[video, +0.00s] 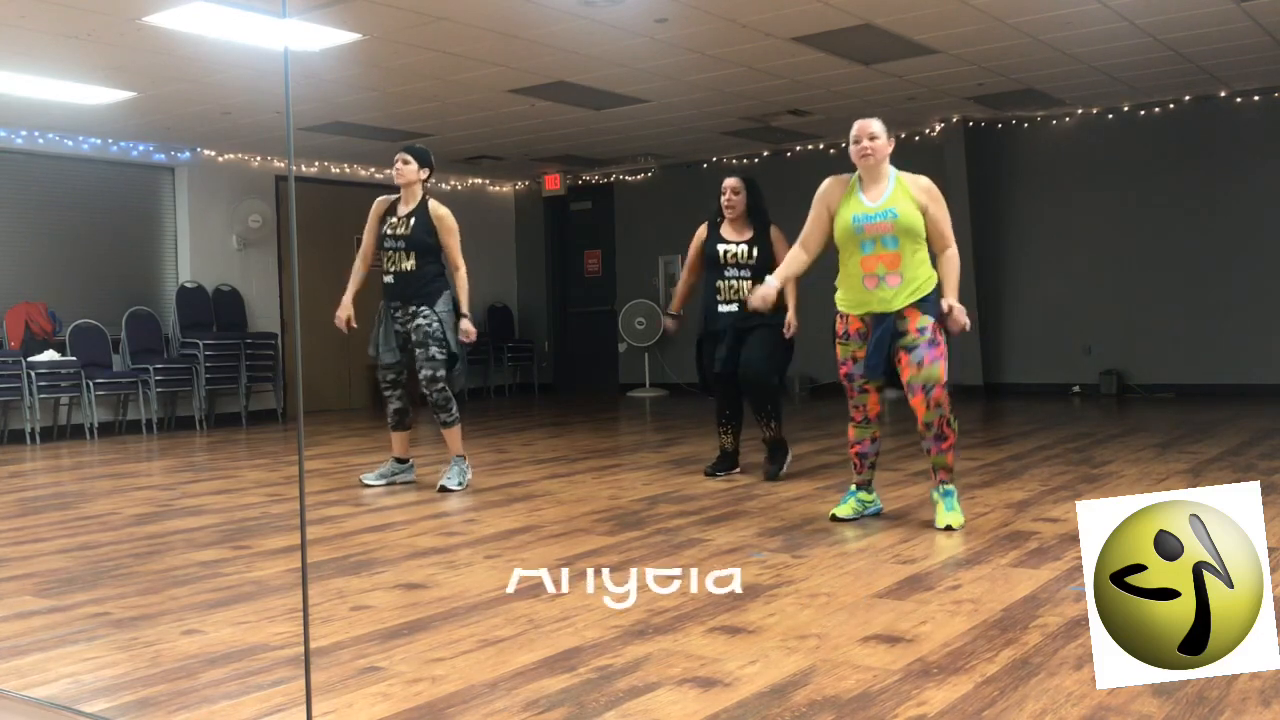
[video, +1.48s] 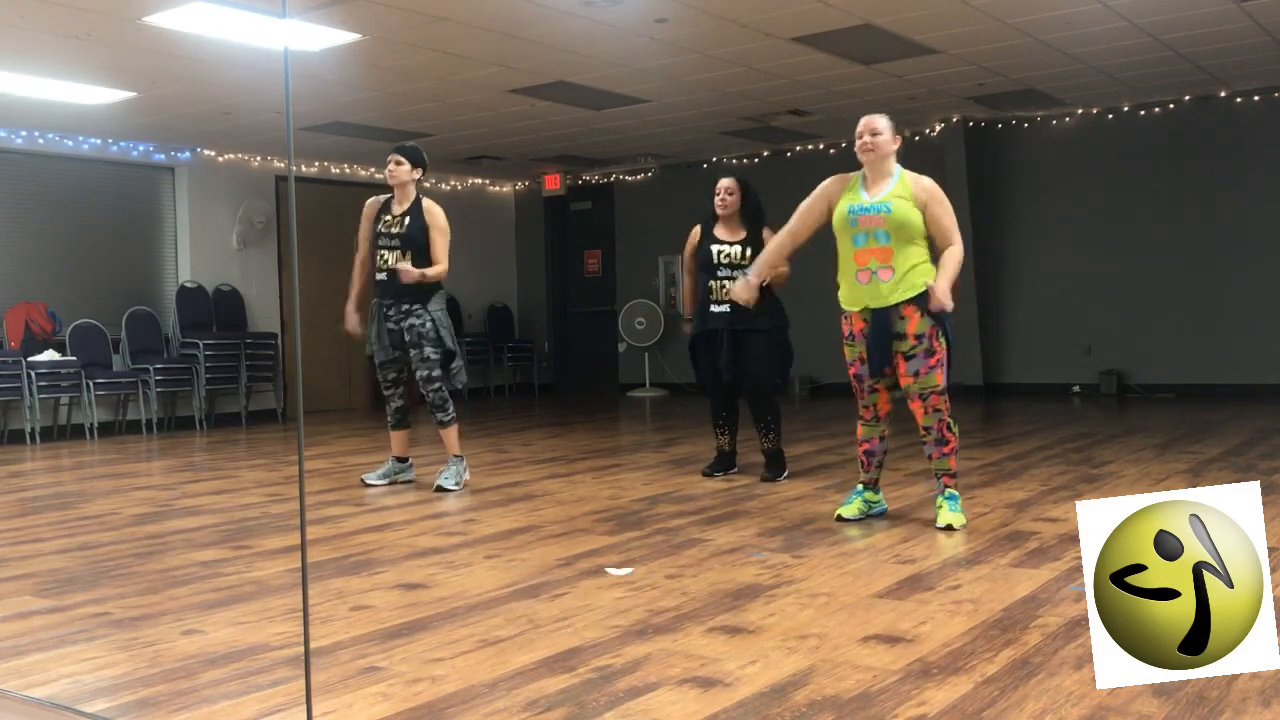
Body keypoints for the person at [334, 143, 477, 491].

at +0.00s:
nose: (397, 168)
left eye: (405, 163)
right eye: (395, 163)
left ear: (424, 172)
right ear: (392, 171)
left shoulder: (439, 214)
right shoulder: (382, 207)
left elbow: (457, 267)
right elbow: (364, 257)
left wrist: (464, 315)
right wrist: (347, 298)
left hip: (430, 310)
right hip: (392, 311)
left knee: (433, 383)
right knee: (392, 384)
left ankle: (459, 462)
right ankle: (400, 463)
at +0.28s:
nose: (402, 172)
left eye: (410, 168)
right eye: (401, 168)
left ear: (430, 176)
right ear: (402, 178)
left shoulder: (444, 207)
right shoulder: (405, 217)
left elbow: (450, 255)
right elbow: (411, 267)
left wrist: (420, 293)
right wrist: (397, 299)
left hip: (440, 313)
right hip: (406, 310)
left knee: (437, 387)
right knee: (366, 370)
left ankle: (458, 466)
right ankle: (385, 446)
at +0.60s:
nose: (392, 168)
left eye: (401, 164)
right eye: (392, 163)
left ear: (419, 174)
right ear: (392, 172)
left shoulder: (435, 206)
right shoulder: (386, 219)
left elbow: (462, 255)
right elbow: (392, 274)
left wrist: (463, 302)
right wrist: (356, 306)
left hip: (428, 312)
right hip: (393, 314)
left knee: (441, 387)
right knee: (398, 389)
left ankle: (459, 465)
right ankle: (400, 462)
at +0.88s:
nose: (383, 175)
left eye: (392, 172)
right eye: (382, 170)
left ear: (408, 182)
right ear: (378, 178)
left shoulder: (426, 214)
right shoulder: (363, 221)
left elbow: (451, 262)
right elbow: (348, 273)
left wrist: (466, 306)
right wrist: (313, 295)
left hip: (423, 311)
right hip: (383, 315)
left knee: (432, 377)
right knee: (380, 386)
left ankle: (449, 461)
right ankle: (400, 464)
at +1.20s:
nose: (382, 172)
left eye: (391, 169)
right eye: (382, 167)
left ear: (408, 180)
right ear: (379, 175)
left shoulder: (424, 212)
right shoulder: (365, 220)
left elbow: (448, 262)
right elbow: (358, 275)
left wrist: (460, 304)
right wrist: (321, 295)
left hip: (420, 311)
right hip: (380, 314)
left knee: (428, 382)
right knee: (381, 388)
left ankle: (447, 465)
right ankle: (400, 464)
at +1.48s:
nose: (389, 168)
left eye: (397, 164)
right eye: (388, 164)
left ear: (416, 171)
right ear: (386, 172)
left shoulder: (431, 212)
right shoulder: (374, 208)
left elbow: (442, 268)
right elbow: (362, 259)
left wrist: (419, 274)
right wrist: (353, 303)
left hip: (422, 311)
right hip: (385, 311)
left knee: (432, 385)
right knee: (393, 387)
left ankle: (456, 463)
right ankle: (400, 463)